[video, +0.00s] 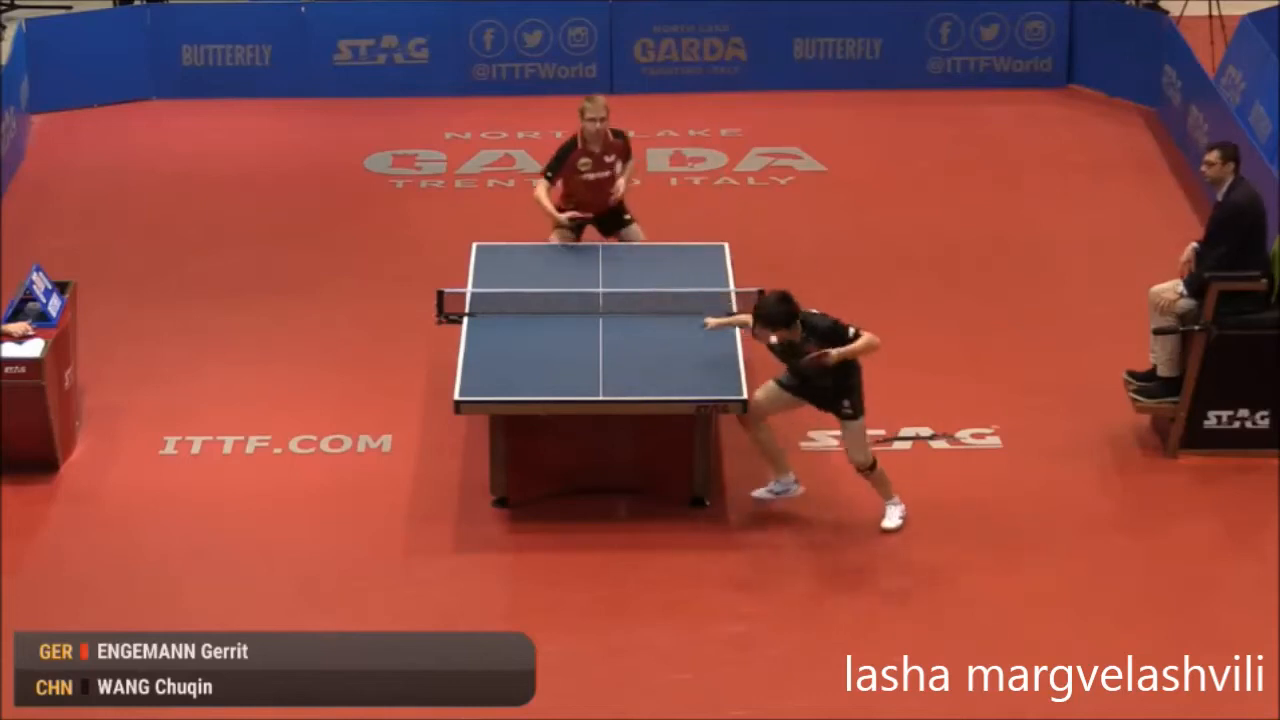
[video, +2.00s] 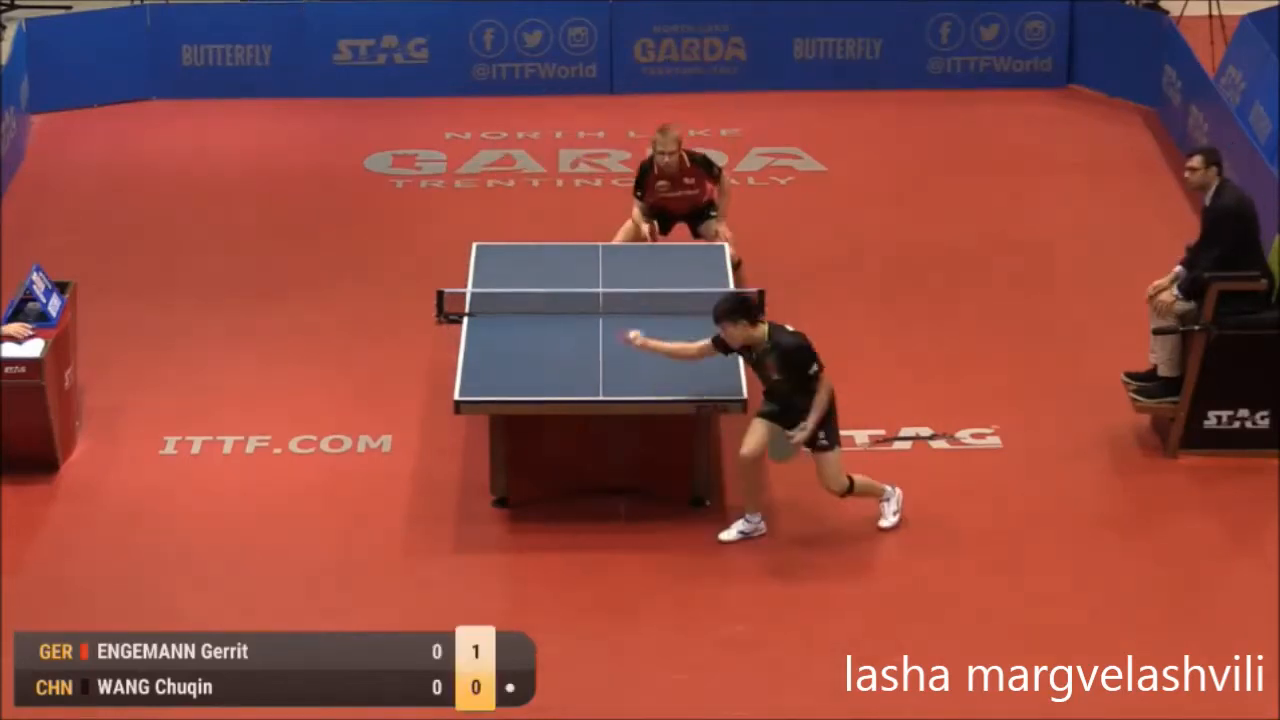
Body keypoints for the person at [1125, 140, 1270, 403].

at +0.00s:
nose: (1203, 170)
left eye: (1210, 165)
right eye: (1203, 164)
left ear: (1229, 167)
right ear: (1224, 168)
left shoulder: (1238, 202)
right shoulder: (1232, 194)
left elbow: (1221, 258)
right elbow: (1216, 239)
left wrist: (1184, 288)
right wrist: (1194, 247)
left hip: (1236, 290)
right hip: (1225, 280)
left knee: (1164, 305)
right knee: (1157, 294)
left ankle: (1170, 379)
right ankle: (1161, 368)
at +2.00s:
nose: (1186, 176)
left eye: (1192, 170)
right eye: (1186, 170)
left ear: (1213, 171)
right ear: (1209, 173)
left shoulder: (1228, 204)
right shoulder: (1217, 199)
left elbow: (1213, 259)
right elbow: (1201, 248)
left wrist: (1179, 292)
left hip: (1242, 293)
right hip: (1225, 284)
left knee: (1166, 308)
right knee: (1158, 298)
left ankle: (1171, 380)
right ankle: (1161, 370)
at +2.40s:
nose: (1200, 170)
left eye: (1207, 165)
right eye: (1200, 164)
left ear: (1227, 168)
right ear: (1220, 169)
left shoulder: (1237, 202)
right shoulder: (1226, 197)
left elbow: (1216, 257)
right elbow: (1205, 246)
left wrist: (1180, 291)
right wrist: (1173, 276)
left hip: (1240, 293)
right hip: (1225, 283)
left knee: (1166, 307)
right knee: (1158, 298)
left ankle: (1170, 380)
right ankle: (1161, 369)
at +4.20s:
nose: (1209, 175)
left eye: (1215, 169)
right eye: (1208, 169)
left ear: (1234, 169)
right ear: (1229, 170)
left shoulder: (1246, 203)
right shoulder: (1234, 198)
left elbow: (1222, 257)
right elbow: (1211, 245)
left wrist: (1184, 289)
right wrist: (1181, 273)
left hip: (1239, 292)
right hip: (1225, 282)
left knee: (1165, 305)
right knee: (1158, 296)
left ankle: (1170, 378)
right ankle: (1159, 369)